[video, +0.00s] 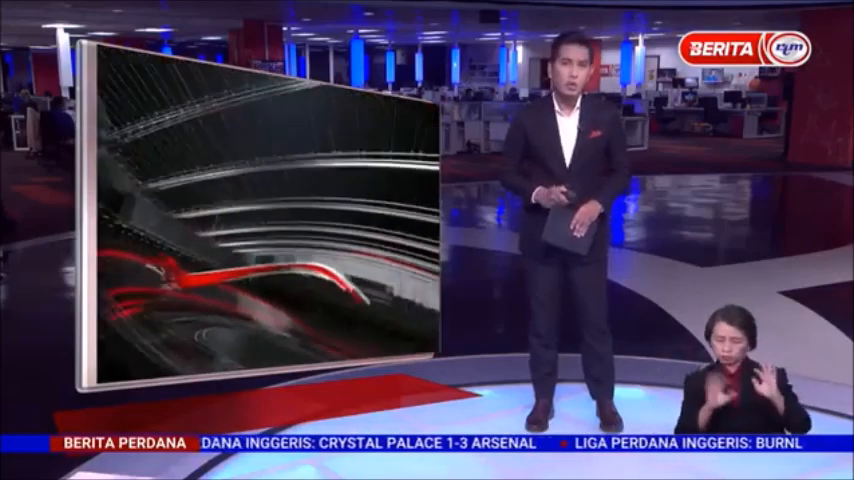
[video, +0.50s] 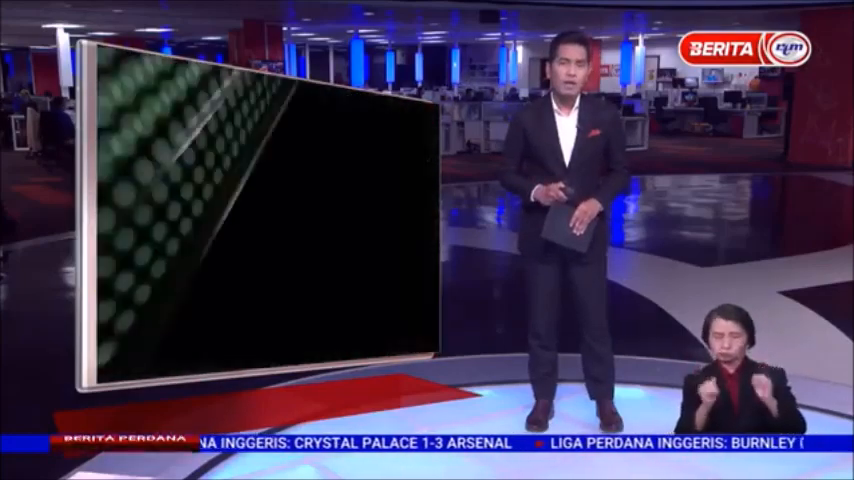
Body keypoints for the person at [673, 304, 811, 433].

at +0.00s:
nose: (727, 349)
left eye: (736, 341)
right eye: (720, 340)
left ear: (749, 344)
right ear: (710, 342)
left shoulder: (772, 378)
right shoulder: (697, 381)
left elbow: (802, 427)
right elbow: (682, 436)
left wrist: (775, 397)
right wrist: (709, 408)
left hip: (767, 464)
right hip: (713, 465)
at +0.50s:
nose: (726, 344)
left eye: (735, 336)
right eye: (718, 337)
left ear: (748, 340)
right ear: (708, 341)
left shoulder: (773, 377)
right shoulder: (696, 382)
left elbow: (798, 429)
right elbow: (682, 437)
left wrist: (769, 401)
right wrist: (704, 408)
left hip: (765, 463)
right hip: (713, 464)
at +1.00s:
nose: (733, 343)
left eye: (742, 335)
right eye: (725, 335)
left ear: (755, 340)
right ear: (714, 340)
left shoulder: (776, 379)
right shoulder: (701, 380)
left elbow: (791, 432)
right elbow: (695, 434)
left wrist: (757, 413)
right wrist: (728, 411)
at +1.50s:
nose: (737, 344)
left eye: (745, 336)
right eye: (729, 336)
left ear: (758, 340)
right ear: (719, 340)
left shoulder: (779, 379)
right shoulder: (702, 379)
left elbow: (801, 430)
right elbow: (680, 433)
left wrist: (772, 422)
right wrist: (701, 414)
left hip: (767, 465)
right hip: (712, 464)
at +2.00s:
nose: (735, 350)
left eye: (743, 341)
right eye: (728, 341)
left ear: (757, 343)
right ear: (718, 343)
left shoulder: (777, 379)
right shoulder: (704, 377)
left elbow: (789, 430)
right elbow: (685, 421)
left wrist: (770, 421)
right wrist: (712, 386)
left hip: (762, 462)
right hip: (714, 460)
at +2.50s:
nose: (738, 342)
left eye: (746, 334)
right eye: (729, 335)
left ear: (759, 338)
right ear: (719, 341)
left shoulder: (779, 380)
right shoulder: (704, 378)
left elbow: (794, 435)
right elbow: (683, 430)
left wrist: (764, 424)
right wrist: (717, 416)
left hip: (766, 464)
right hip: (714, 462)